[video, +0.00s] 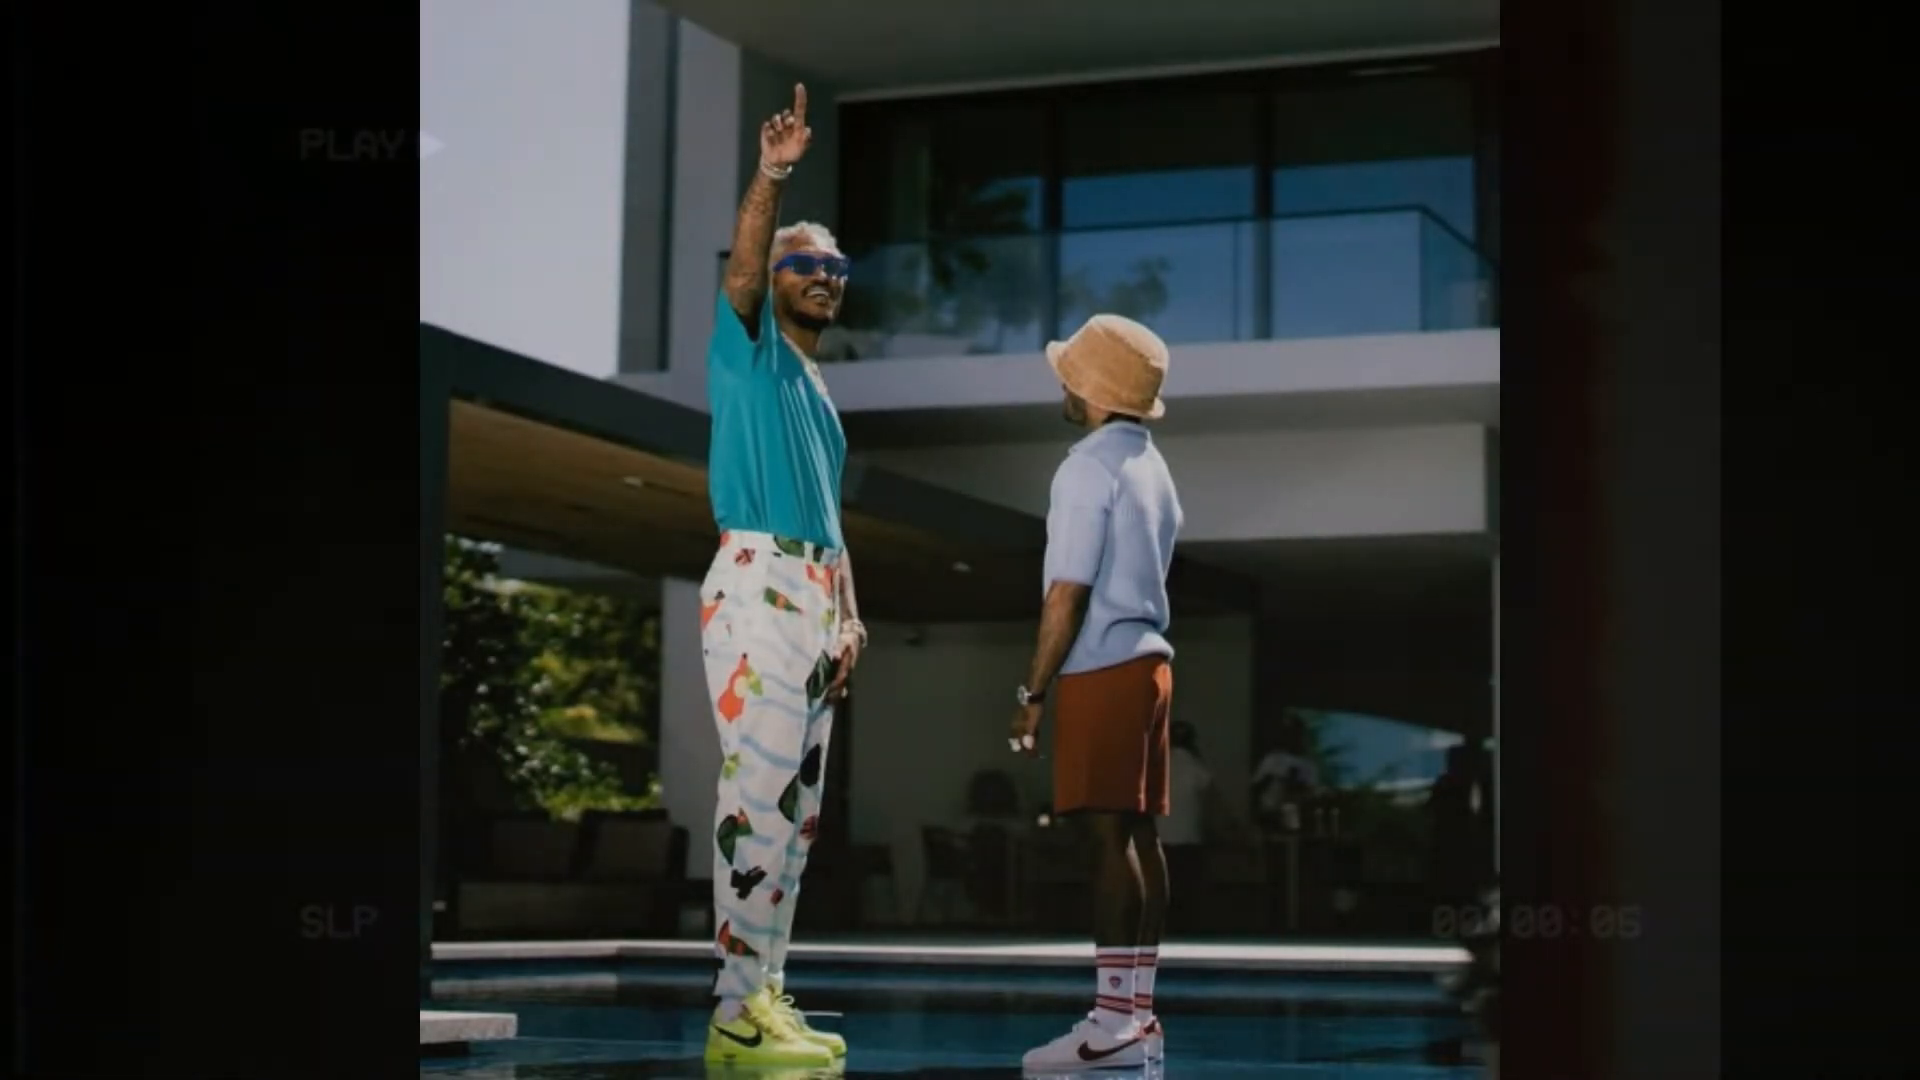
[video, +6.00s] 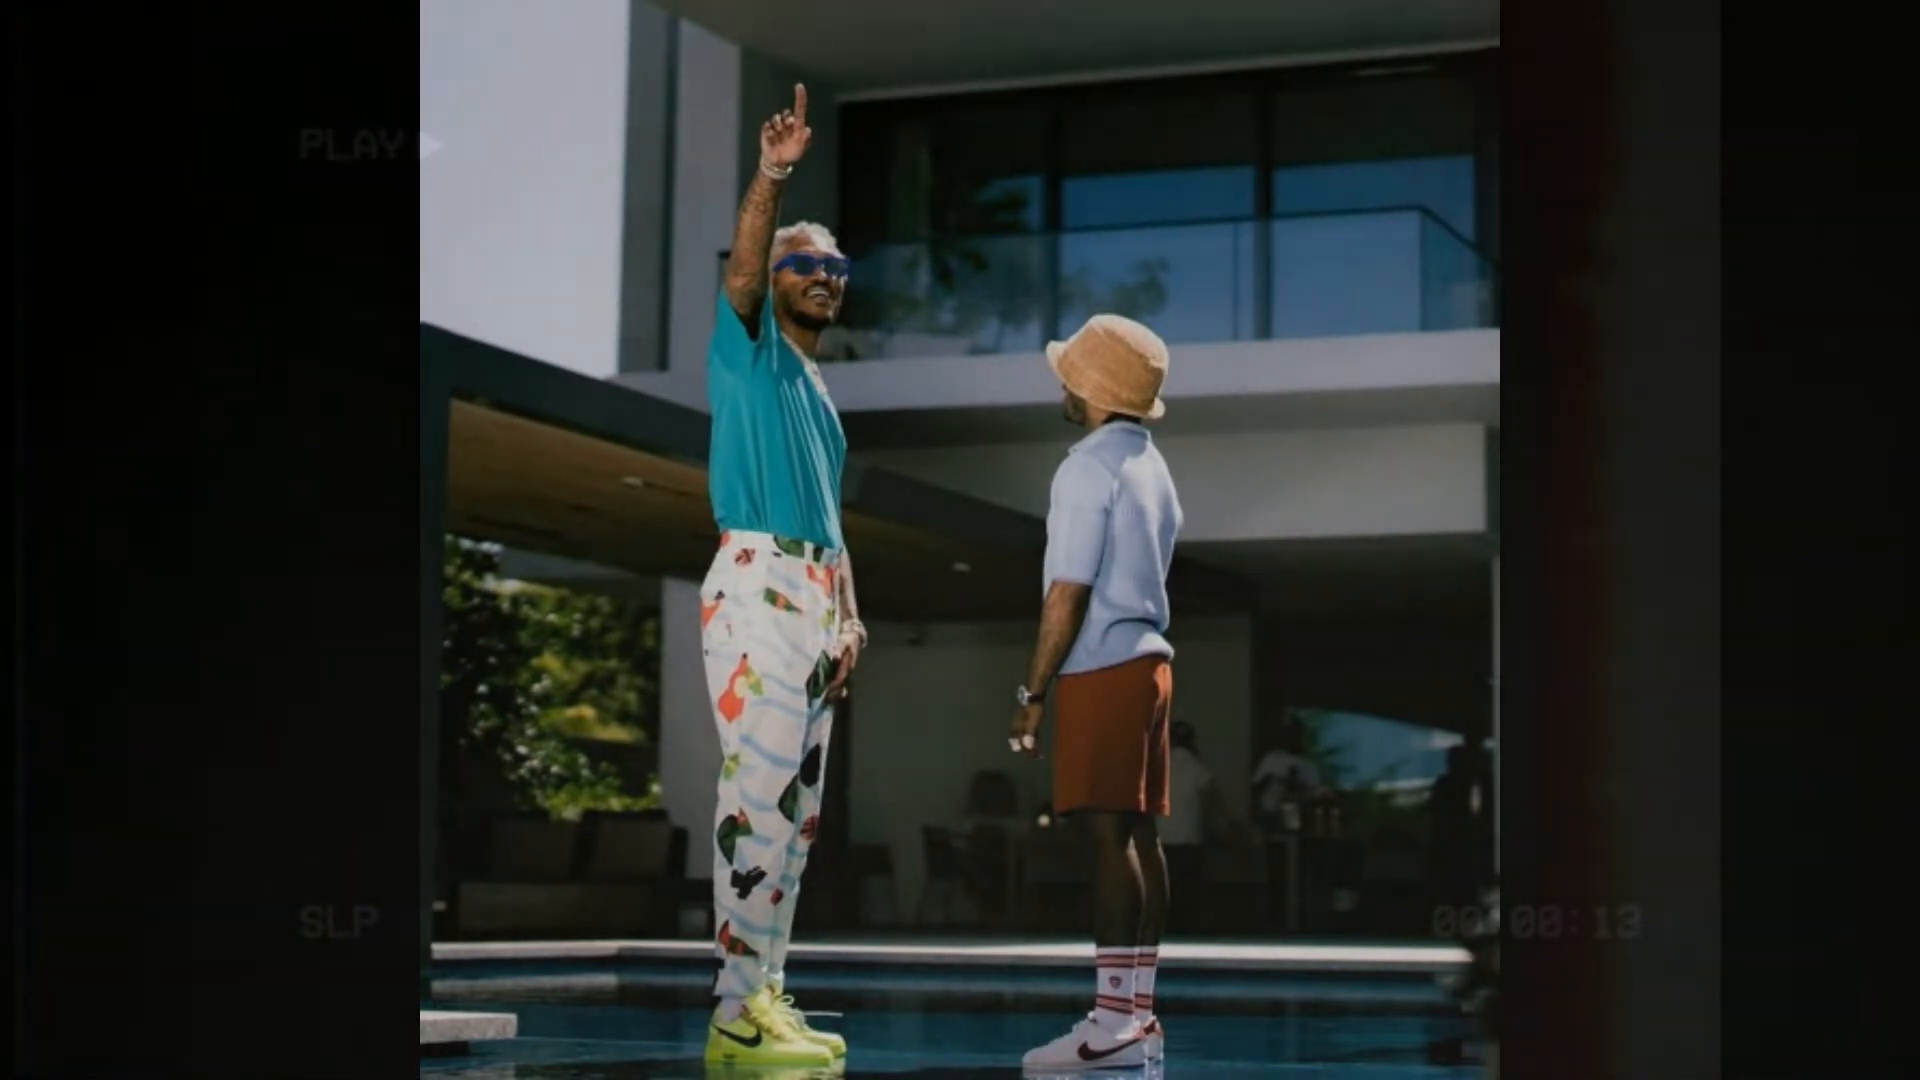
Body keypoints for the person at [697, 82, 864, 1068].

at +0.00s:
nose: (823, 281)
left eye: (833, 272)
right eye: (805, 267)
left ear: (841, 292)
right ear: (770, 278)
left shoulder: (818, 394)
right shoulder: (744, 344)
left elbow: (826, 520)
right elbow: (744, 267)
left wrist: (847, 612)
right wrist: (770, 173)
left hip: (814, 590)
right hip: (756, 581)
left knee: (794, 798)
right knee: (759, 791)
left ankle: (757, 1005)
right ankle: (747, 1006)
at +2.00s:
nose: (823, 282)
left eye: (834, 273)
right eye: (805, 268)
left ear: (842, 293)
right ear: (770, 278)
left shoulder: (819, 395)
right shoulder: (744, 344)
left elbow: (828, 520)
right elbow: (744, 266)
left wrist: (847, 612)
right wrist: (770, 173)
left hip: (814, 590)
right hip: (756, 582)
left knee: (794, 798)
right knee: (759, 793)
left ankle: (759, 1000)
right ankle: (745, 1006)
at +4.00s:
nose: (823, 283)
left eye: (834, 274)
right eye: (806, 268)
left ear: (841, 293)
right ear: (770, 277)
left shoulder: (818, 394)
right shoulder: (744, 343)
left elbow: (827, 519)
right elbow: (744, 268)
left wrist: (847, 612)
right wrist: (769, 174)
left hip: (814, 590)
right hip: (755, 582)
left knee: (794, 798)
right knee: (759, 791)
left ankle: (757, 1003)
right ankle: (746, 1004)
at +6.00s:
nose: (823, 284)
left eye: (834, 274)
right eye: (806, 268)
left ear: (841, 293)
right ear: (770, 278)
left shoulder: (817, 393)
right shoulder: (744, 343)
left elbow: (827, 519)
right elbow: (743, 269)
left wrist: (847, 612)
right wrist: (770, 174)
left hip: (814, 589)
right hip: (756, 582)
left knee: (794, 798)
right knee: (759, 790)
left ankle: (756, 1003)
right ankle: (747, 1002)